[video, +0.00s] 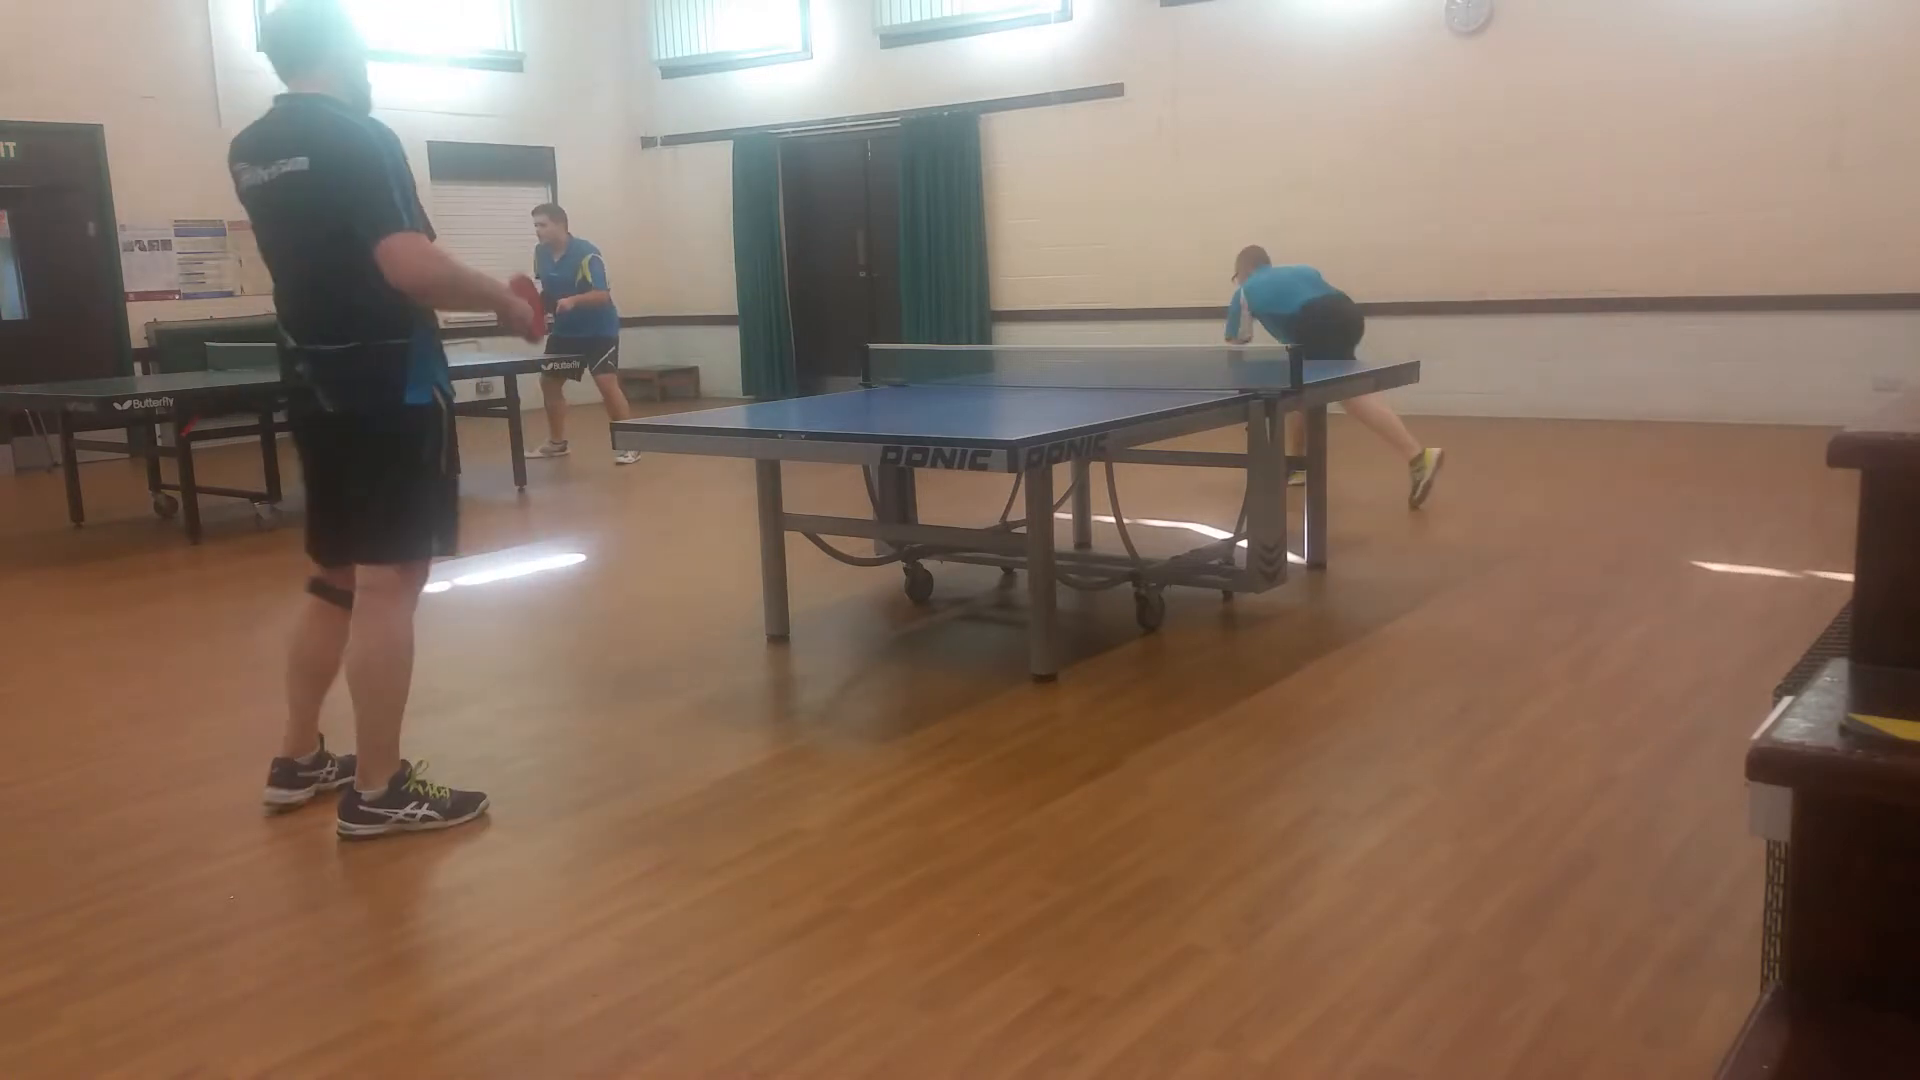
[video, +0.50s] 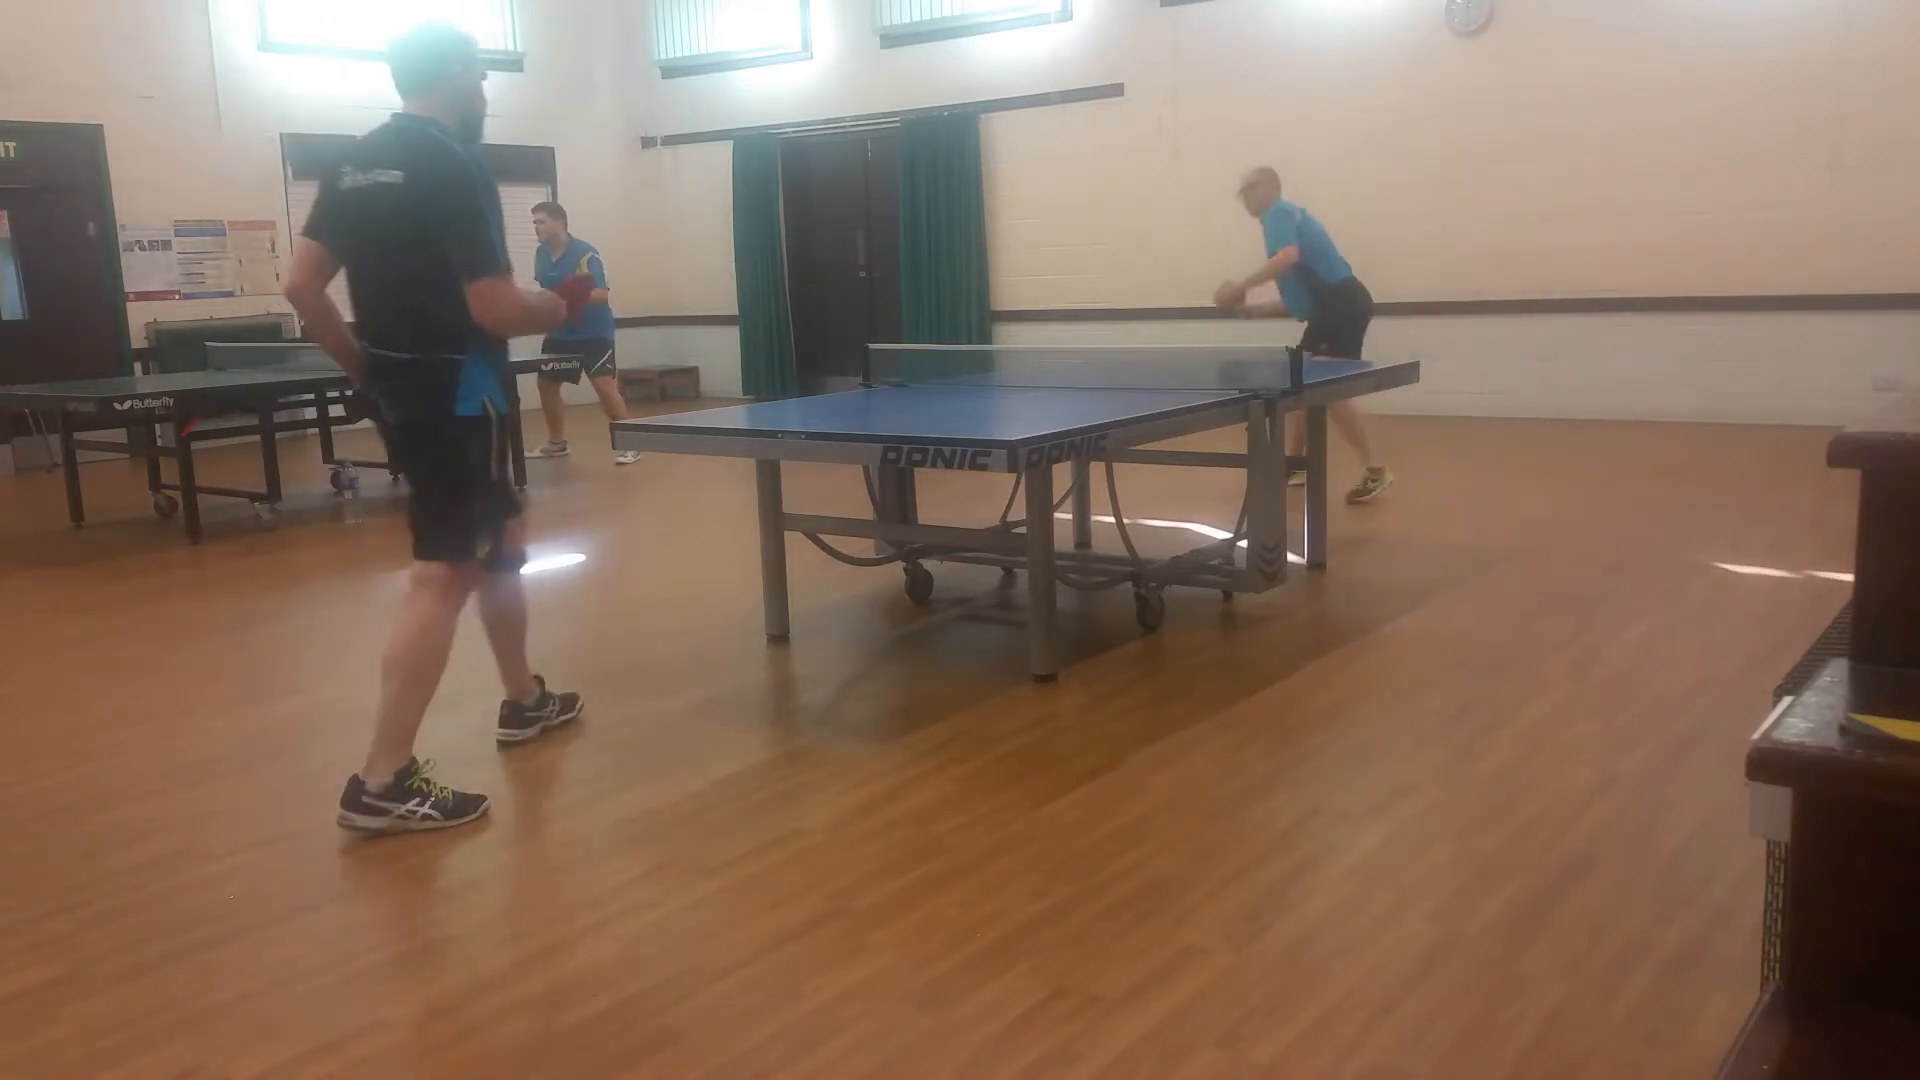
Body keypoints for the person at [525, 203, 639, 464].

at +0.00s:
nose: (537, 230)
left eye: (542, 225)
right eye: (535, 226)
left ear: (561, 225)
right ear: (538, 228)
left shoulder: (587, 253)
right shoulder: (541, 253)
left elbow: (603, 295)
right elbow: (548, 291)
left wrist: (574, 300)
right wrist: (533, 305)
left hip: (599, 330)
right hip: (565, 330)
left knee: (606, 382)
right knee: (550, 383)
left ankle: (629, 444)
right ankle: (557, 442)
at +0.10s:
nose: (537, 228)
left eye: (541, 222)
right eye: (535, 223)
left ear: (561, 223)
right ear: (538, 226)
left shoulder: (588, 252)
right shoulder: (542, 253)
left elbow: (602, 293)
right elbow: (550, 291)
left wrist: (575, 299)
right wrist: (535, 303)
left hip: (599, 331)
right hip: (567, 332)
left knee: (607, 383)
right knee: (551, 384)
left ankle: (628, 445)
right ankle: (557, 442)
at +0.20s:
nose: (537, 229)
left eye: (541, 223)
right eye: (535, 224)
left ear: (561, 224)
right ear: (539, 226)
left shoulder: (588, 253)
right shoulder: (544, 253)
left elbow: (602, 294)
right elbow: (548, 291)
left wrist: (573, 300)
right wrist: (536, 315)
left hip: (597, 331)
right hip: (564, 333)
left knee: (605, 382)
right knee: (548, 384)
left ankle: (629, 444)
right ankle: (557, 442)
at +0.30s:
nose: (536, 228)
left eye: (541, 222)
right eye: (535, 223)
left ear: (560, 222)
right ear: (539, 226)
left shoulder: (587, 252)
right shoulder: (544, 253)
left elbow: (601, 293)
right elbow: (548, 292)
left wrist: (565, 300)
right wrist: (538, 311)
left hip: (596, 332)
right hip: (563, 333)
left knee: (605, 382)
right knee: (548, 384)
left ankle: (629, 444)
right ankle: (557, 442)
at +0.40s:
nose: (535, 226)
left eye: (540, 220)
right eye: (534, 221)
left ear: (560, 221)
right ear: (537, 224)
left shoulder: (586, 251)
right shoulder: (542, 251)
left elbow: (601, 292)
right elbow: (547, 292)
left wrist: (571, 297)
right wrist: (541, 313)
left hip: (595, 332)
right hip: (561, 333)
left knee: (606, 383)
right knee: (549, 384)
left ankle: (629, 444)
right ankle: (556, 442)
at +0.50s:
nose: (536, 227)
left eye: (540, 222)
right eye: (534, 223)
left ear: (560, 223)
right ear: (538, 226)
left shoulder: (586, 253)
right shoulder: (542, 253)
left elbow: (602, 294)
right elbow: (545, 292)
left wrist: (570, 297)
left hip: (595, 333)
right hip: (561, 334)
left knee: (604, 385)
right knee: (547, 384)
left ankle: (628, 444)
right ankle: (556, 442)